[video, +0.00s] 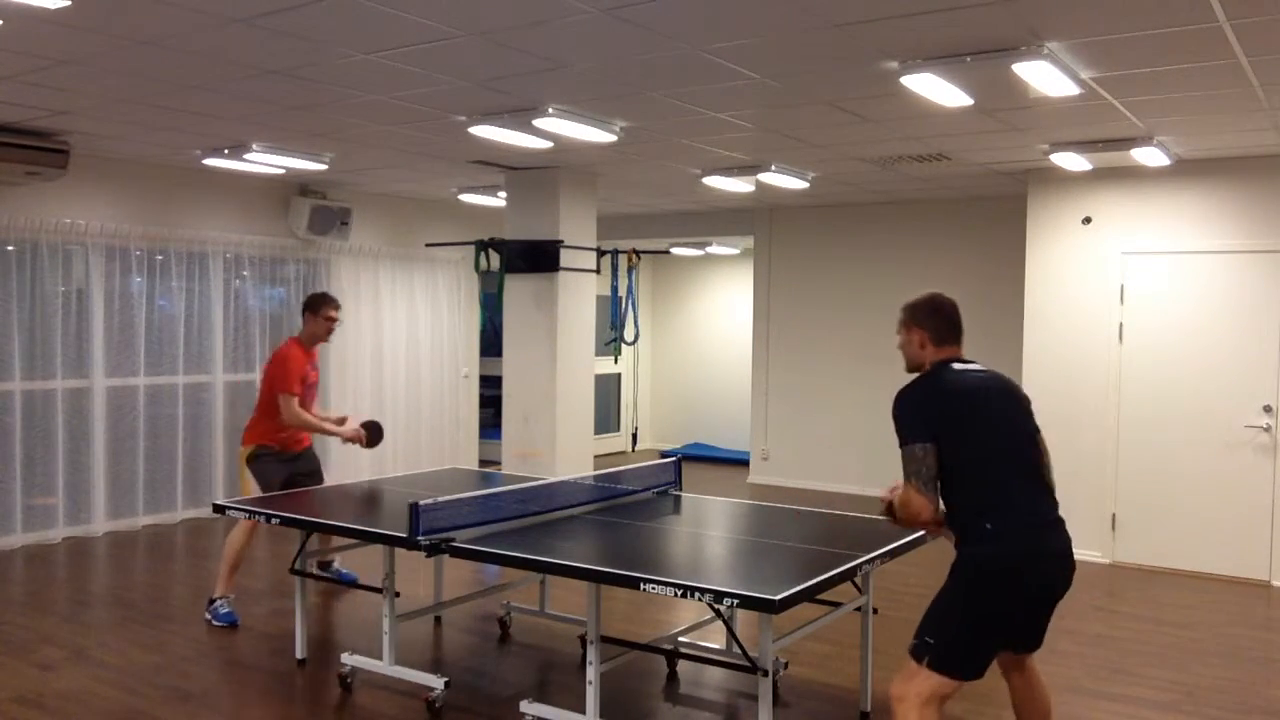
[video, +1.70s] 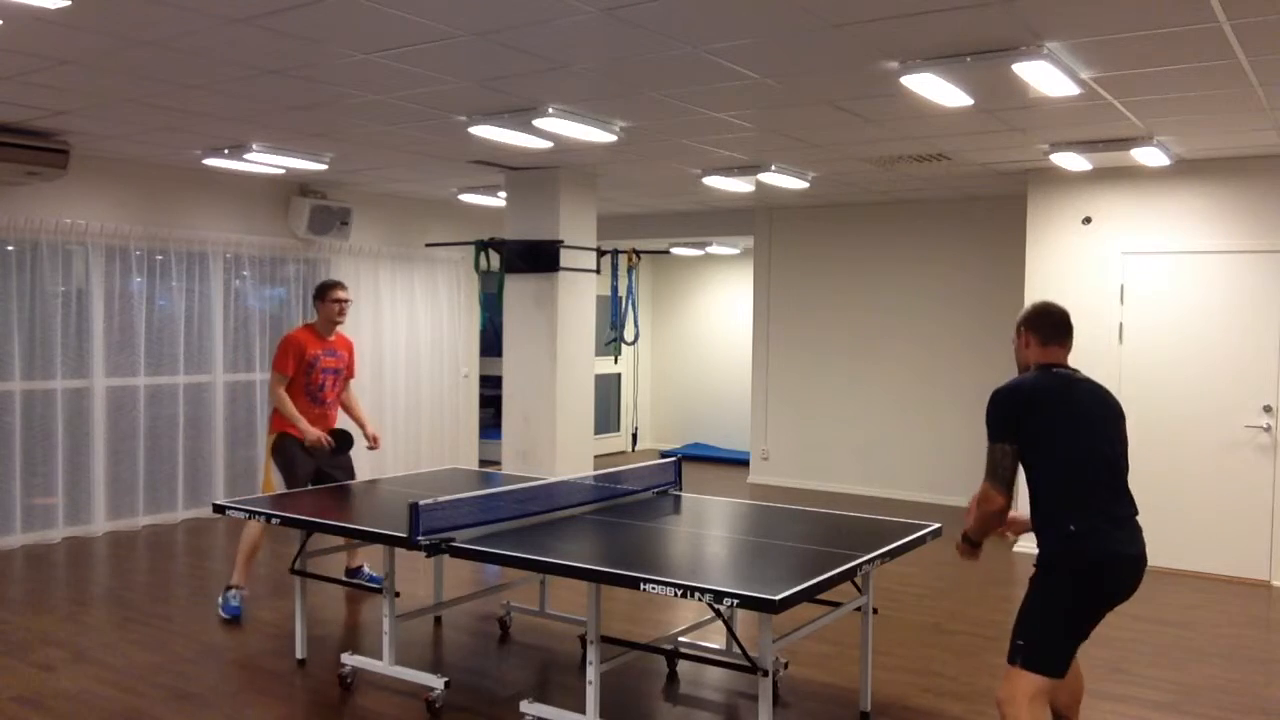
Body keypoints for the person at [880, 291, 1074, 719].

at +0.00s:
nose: (900, 348)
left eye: (902, 339)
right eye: (900, 339)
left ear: (921, 339)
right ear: (957, 338)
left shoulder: (917, 397)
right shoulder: (1005, 386)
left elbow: (920, 511)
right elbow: (1040, 481)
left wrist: (897, 502)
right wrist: (952, 516)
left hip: (993, 561)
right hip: (1053, 554)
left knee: (913, 694)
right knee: (1017, 660)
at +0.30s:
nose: (917, 368)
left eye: (916, 358)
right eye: (918, 358)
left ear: (926, 357)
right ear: (973, 358)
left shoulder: (912, 416)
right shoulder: (1023, 414)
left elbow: (909, 533)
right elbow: (1056, 524)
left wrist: (917, 560)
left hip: (967, 582)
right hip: (1040, 579)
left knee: (883, 705)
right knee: (1005, 674)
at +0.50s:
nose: (928, 412)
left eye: (927, 406)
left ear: (929, 408)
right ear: (979, 398)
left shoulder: (914, 465)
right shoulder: (1035, 442)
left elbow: (934, 546)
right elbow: (1042, 521)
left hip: (962, 613)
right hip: (1047, 607)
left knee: (895, 706)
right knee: (1054, 698)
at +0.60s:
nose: (940, 416)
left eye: (939, 410)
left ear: (942, 410)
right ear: (991, 400)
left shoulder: (930, 463)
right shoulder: (1047, 438)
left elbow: (945, 544)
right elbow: (1073, 531)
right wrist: (1067, 573)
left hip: (980, 606)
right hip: (1063, 602)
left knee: (910, 708)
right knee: (1078, 705)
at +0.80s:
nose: (972, 376)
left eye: (973, 368)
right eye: (975, 368)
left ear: (976, 368)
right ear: (1025, 364)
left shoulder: (964, 426)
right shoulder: (1085, 405)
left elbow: (982, 536)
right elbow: (1132, 507)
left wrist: (1006, 593)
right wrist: (1087, 545)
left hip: (1032, 578)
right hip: (1112, 571)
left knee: (971, 703)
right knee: (1090, 681)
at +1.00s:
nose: (997, 332)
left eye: (998, 322)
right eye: (996, 322)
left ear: (1012, 321)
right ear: (1052, 320)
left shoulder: (994, 380)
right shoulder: (1099, 374)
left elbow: (999, 484)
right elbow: (1148, 473)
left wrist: (989, 584)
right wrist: (1085, 514)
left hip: (1062, 551)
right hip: (1131, 547)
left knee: (1008, 695)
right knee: (1098, 678)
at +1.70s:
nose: (1016, 354)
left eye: (1016, 344)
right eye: (1016, 345)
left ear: (1025, 340)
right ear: (1068, 345)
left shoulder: (1013, 396)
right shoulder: (1104, 399)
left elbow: (995, 499)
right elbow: (1098, 497)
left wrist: (972, 537)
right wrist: (1025, 523)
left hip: (1071, 557)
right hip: (1127, 555)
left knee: (1019, 696)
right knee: (1059, 651)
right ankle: (1066, 712)